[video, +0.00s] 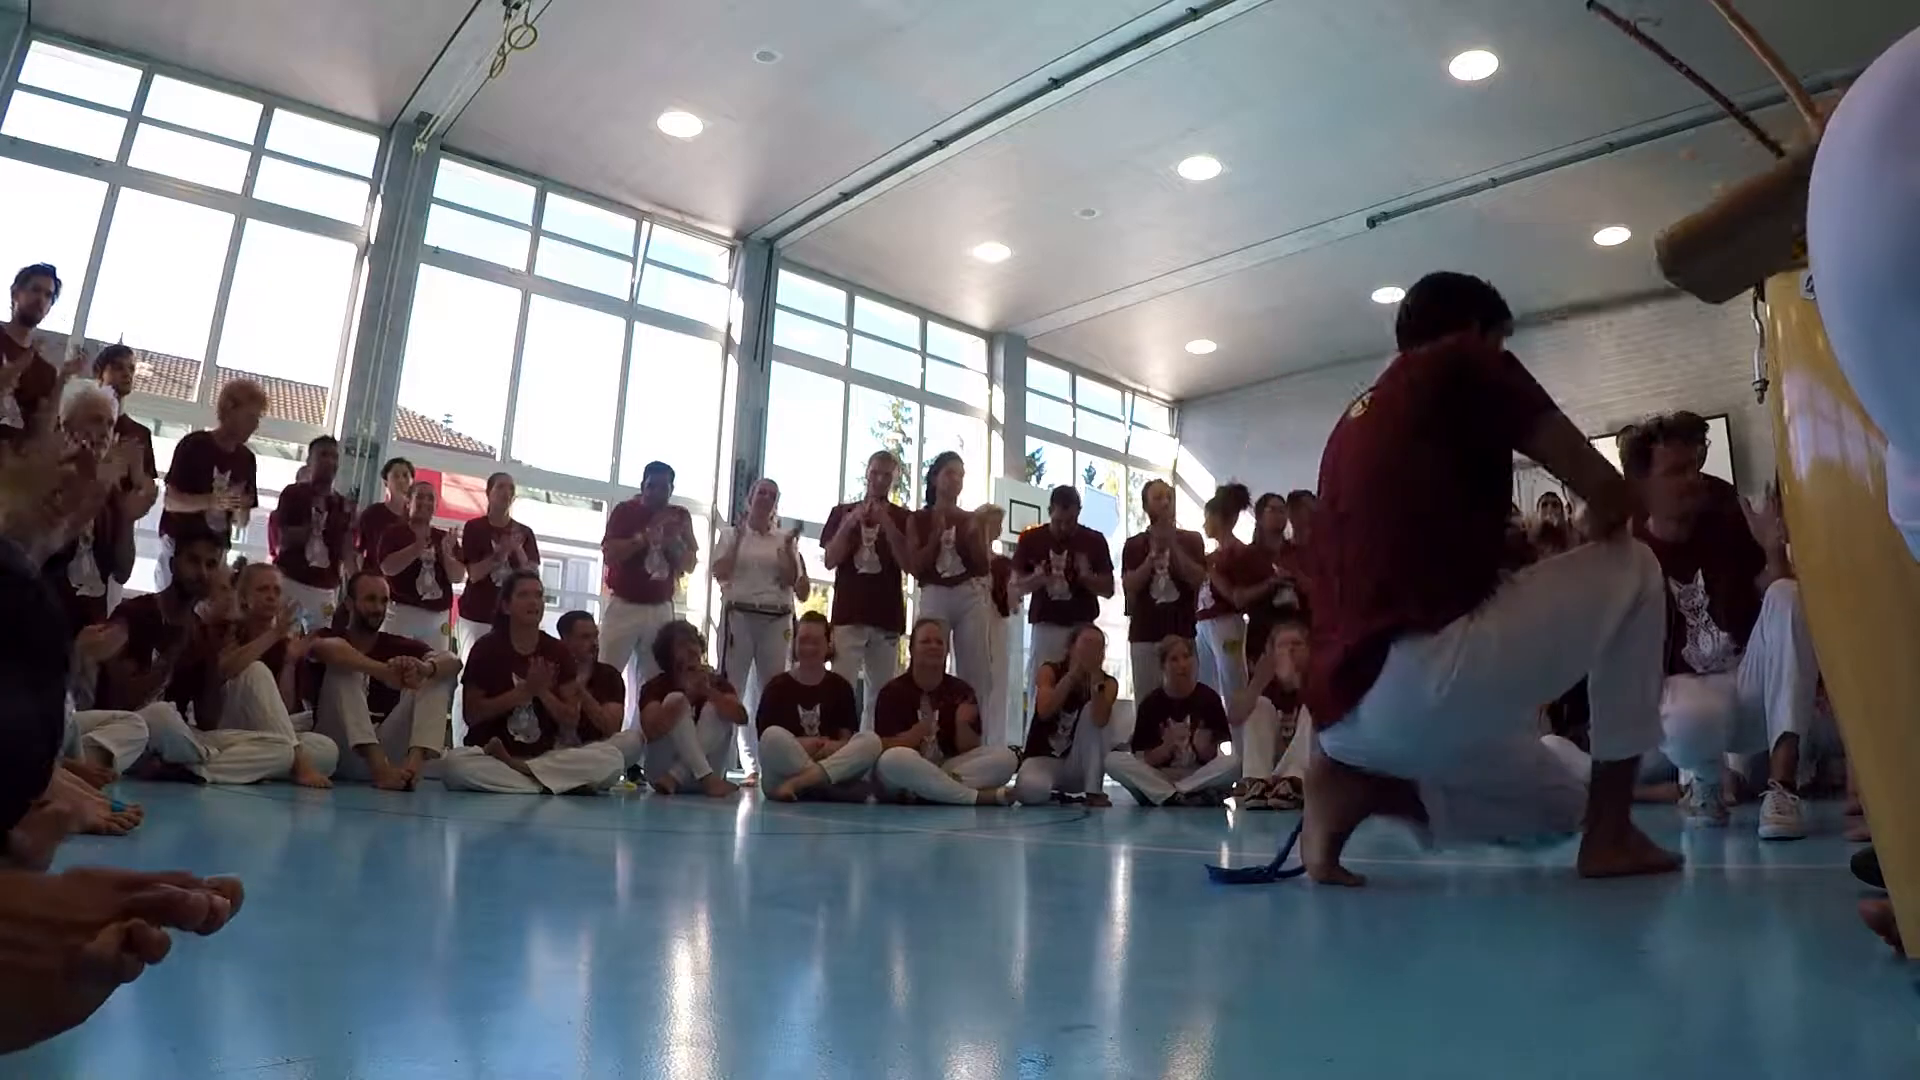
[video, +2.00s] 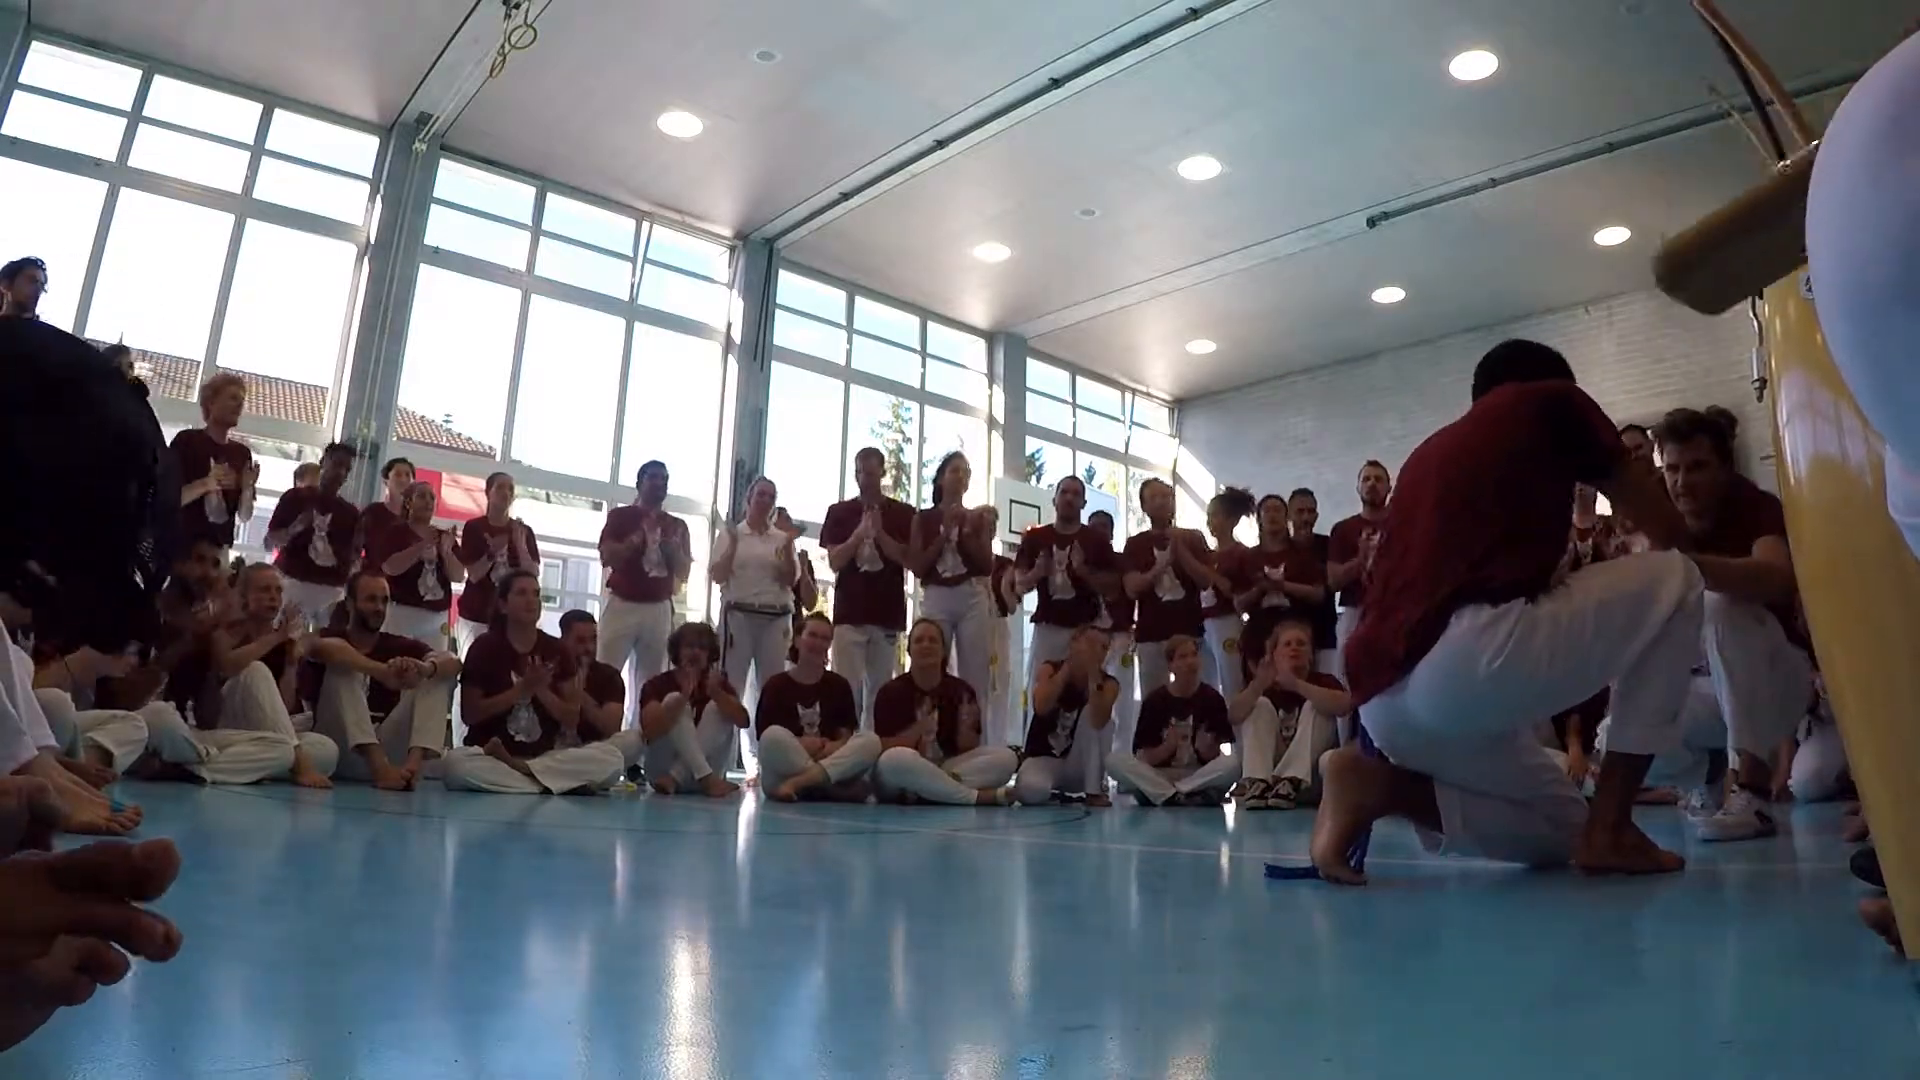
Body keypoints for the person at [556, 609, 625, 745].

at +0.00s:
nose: (594, 643)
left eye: (596, 636)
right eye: (586, 637)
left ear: (599, 636)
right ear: (565, 641)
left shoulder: (609, 675)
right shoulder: (550, 675)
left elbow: (611, 728)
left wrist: (581, 690)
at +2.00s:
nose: (589, 647)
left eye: (593, 639)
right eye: (581, 641)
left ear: (598, 639)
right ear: (563, 641)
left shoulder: (609, 675)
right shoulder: (548, 674)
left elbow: (610, 728)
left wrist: (578, 695)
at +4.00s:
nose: (591, 645)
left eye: (595, 638)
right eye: (583, 638)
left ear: (599, 638)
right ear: (565, 640)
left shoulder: (610, 676)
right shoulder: (548, 673)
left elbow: (610, 725)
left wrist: (574, 695)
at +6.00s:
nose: (593, 650)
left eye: (598, 643)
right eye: (586, 642)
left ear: (602, 644)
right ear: (567, 640)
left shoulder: (610, 675)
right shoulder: (549, 673)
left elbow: (610, 728)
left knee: (635, 738)